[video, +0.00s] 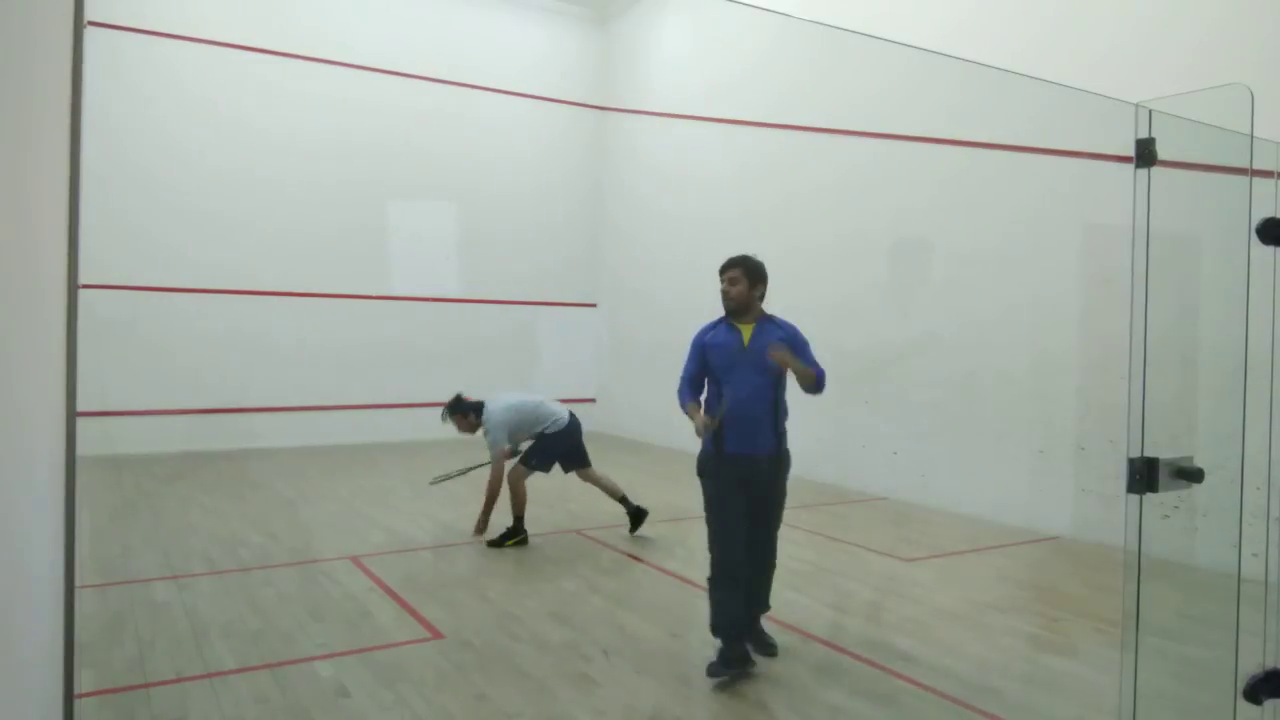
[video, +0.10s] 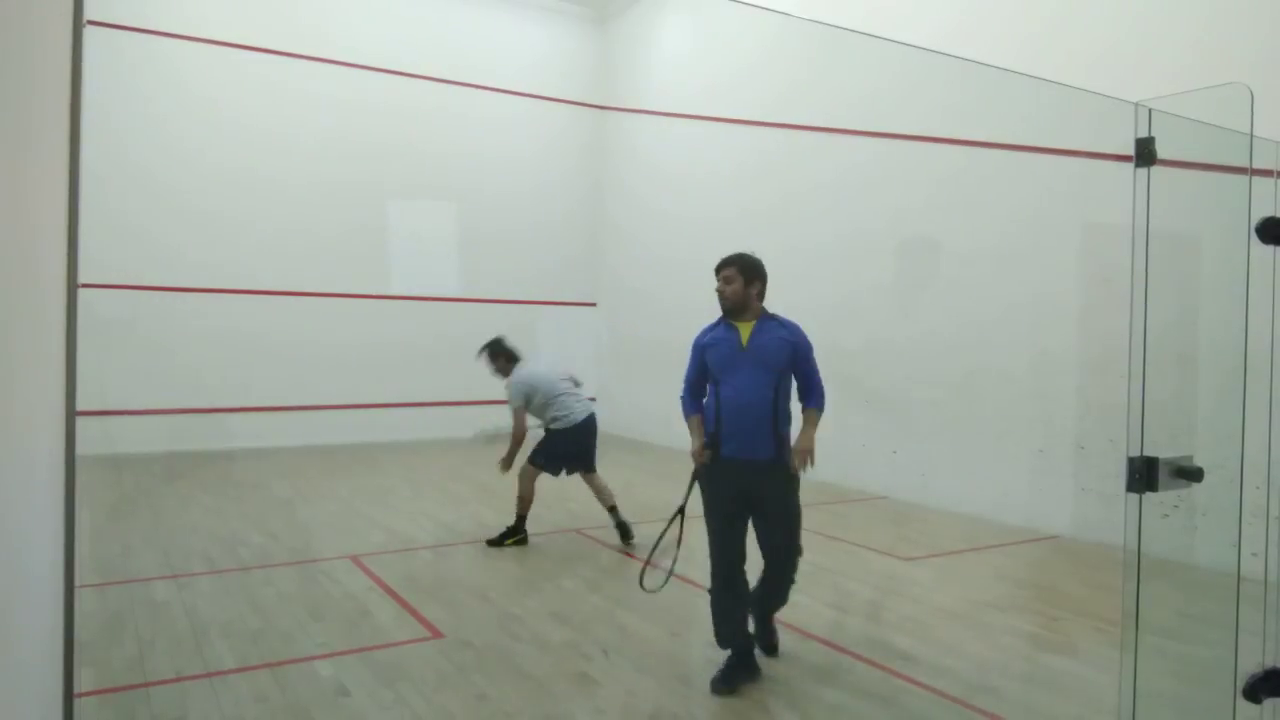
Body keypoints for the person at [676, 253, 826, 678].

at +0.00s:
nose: (725, 290)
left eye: (733, 283)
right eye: (723, 283)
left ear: (758, 287)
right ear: (722, 289)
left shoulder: (785, 335)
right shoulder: (708, 338)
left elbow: (816, 383)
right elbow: (688, 389)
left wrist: (795, 364)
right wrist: (698, 416)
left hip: (768, 459)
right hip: (721, 458)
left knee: (762, 545)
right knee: (727, 548)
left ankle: (751, 620)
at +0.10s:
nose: (719, 290)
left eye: (727, 282)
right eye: (718, 283)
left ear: (755, 287)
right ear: (722, 289)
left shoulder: (788, 336)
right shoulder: (707, 340)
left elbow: (813, 391)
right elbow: (691, 395)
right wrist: (698, 437)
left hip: (774, 466)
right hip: (720, 467)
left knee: (785, 556)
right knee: (726, 563)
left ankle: (762, 609)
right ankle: (739, 653)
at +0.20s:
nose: (722, 287)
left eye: (729, 279)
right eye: (721, 280)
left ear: (758, 283)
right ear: (739, 286)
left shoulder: (796, 335)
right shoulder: (715, 337)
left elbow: (816, 397)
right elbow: (701, 393)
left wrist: (816, 455)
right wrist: (687, 427)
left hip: (775, 470)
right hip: (722, 469)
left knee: (783, 560)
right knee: (726, 564)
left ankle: (803, 640)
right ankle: (740, 654)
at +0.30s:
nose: (730, 287)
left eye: (738, 279)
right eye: (731, 279)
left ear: (766, 283)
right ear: (756, 284)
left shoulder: (808, 337)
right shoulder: (735, 338)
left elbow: (832, 404)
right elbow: (715, 395)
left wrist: (825, 467)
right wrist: (684, 410)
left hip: (781, 479)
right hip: (732, 474)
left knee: (792, 581)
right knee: (731, 570)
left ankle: (811, 684)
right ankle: (742, 656)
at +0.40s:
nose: (751, 285)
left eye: (757, 277)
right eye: (754, 276)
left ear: (778, 282)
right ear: (779, 282)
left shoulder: (823, 336)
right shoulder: (762, 337)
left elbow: (839, 408)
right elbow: (748, 397)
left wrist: (813, 466)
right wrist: (708, 402)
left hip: (805, 481)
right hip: (761, 477)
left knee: (808, 584)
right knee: (742, 567)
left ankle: (815, 687)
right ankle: (748, 657)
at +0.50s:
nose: (758, 289)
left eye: (764, 279)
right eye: (759, 280)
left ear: (790, 282)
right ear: (787, 283)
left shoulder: (829, 336)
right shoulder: (777, 337)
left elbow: (836, 414)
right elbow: (769, 404)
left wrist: (800, 471)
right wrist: (729, 445)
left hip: (815, 483)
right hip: (772, 477)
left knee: (812, 585)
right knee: (753, 571)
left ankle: (816, 691)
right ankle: (763, 671)